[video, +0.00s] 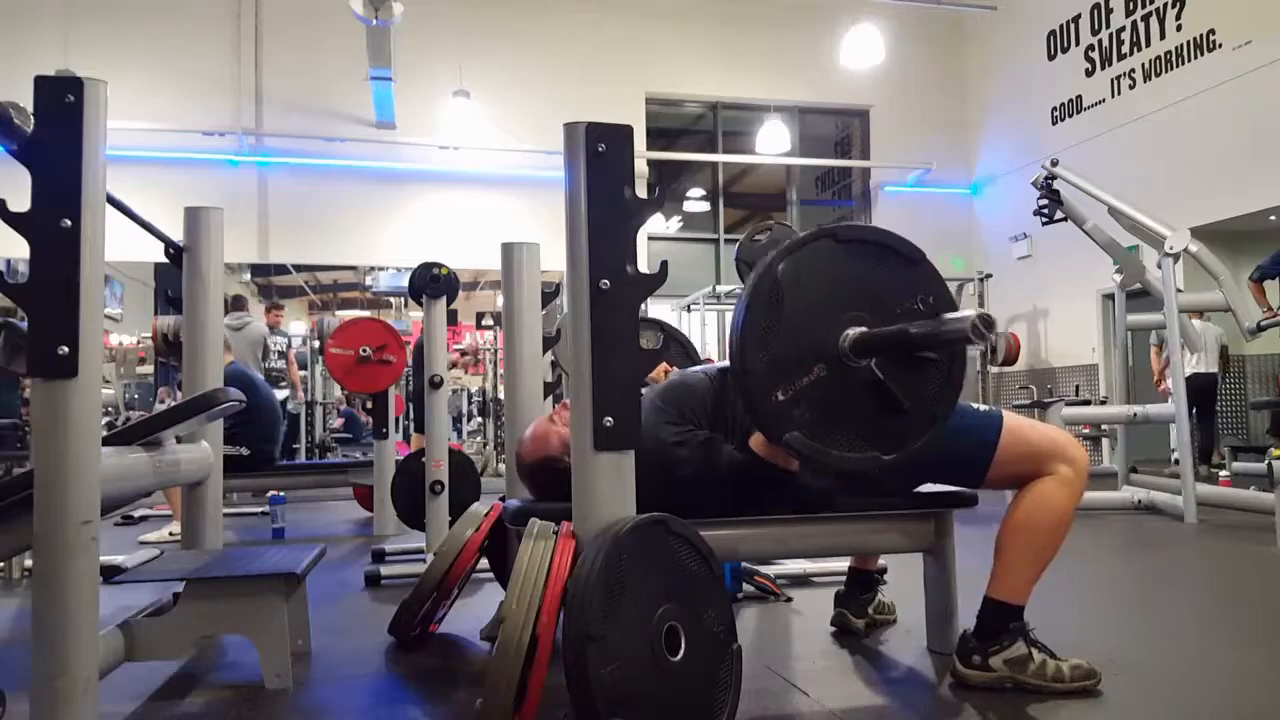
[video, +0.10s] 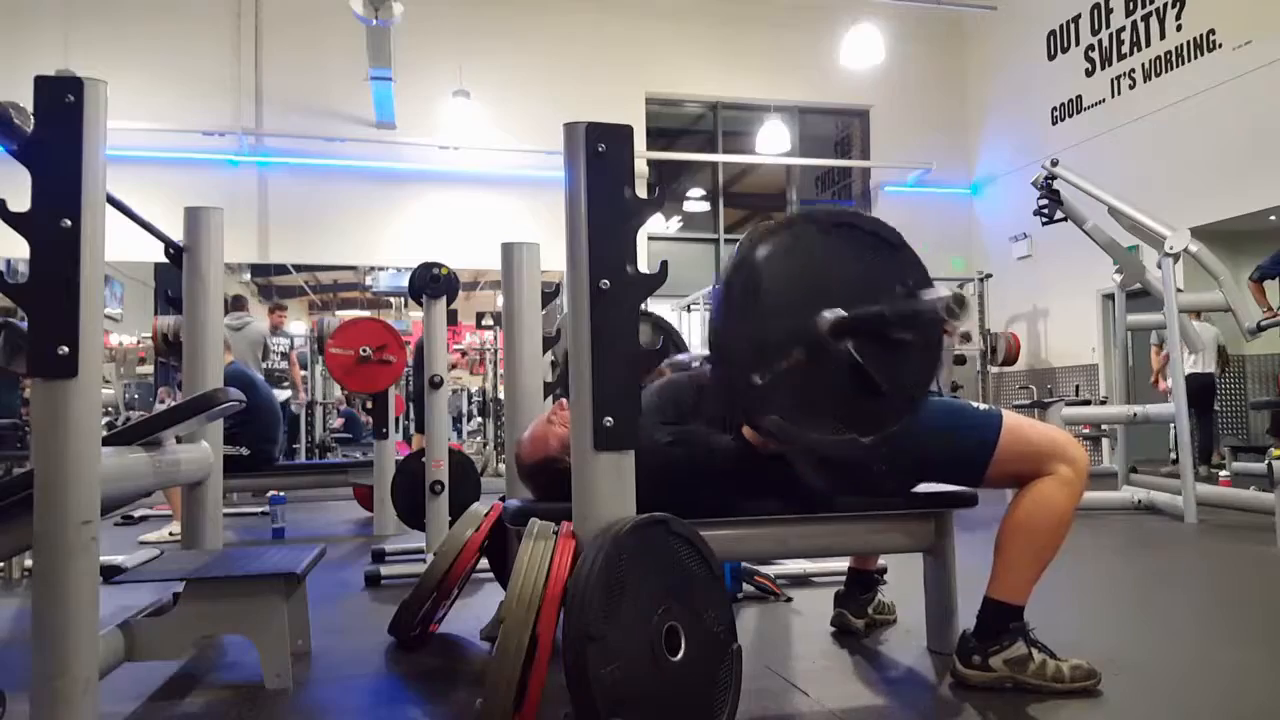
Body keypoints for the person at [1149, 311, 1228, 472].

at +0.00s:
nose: (1188, 317)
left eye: (1188, 314)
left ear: (1188, 315)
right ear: (1203, 314)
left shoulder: (1182, 328)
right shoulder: (1217, 330)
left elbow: (1169, 354)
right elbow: (1224, 359)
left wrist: (1159, 374)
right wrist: (1220, 372)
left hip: (1189, 376)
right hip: (1211, 376)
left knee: (1182, 420)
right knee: (1207, 422)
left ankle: (1183, 463)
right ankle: (1205, 464)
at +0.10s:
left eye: (1187, 314)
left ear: (1186, 315)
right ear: (1201, 313)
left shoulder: (1179, 329)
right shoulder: (1213, 329)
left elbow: (1166, 355)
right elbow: (1223, 356)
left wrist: (1156, 373)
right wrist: (1217, 372)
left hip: (1186, 377)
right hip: (1209, 377)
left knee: (1181, 421)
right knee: (1206, 423)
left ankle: (1183, 463)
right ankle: (1205, 465)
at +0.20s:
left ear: (1183, 314)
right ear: (1198, 314)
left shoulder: (1175, 329)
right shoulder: (1209, 330)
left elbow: (1163, 351)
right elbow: (1219, 353)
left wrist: (1155, 374)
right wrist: (1211, 367)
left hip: (1182, 377)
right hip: (1205, 376)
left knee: (1180, 422)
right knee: (1204, 423)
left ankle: (1183, 463)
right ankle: (1204, 464)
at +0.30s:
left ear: (1176, 314)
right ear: (1195, 314)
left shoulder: (1170, 330)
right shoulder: (1205, 330)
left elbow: (1161, 352)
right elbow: (1215, 353)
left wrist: (1151, 378)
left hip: (1178, 378)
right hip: (1201, 377)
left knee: (1180, 423)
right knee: (1202, 422)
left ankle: (1182, 463)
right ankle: (1205, 462)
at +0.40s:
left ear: (1170, 315)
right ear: (1192, 314)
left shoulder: (1166, 331)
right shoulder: (1202, 329)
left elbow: (1157, 353)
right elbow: (1210, 352)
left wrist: (1148, 378)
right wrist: (1209, 372)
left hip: (1174, 379)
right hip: (1198, 378)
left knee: (1176, 422)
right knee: (1200, 421)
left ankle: (1178, 462)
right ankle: (1204, 459)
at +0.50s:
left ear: (1166, 315)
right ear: (1189, 316)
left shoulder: (1161, 333)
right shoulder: (1198, 330)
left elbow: (1150, 357)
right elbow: (1212, 350)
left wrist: (1145, 381)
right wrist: (1211, 368)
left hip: (1171, 378)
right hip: (1194, 377)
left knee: (1174, 420)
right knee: (1199, 419)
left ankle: (1177, 460)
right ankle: (1200, 455)